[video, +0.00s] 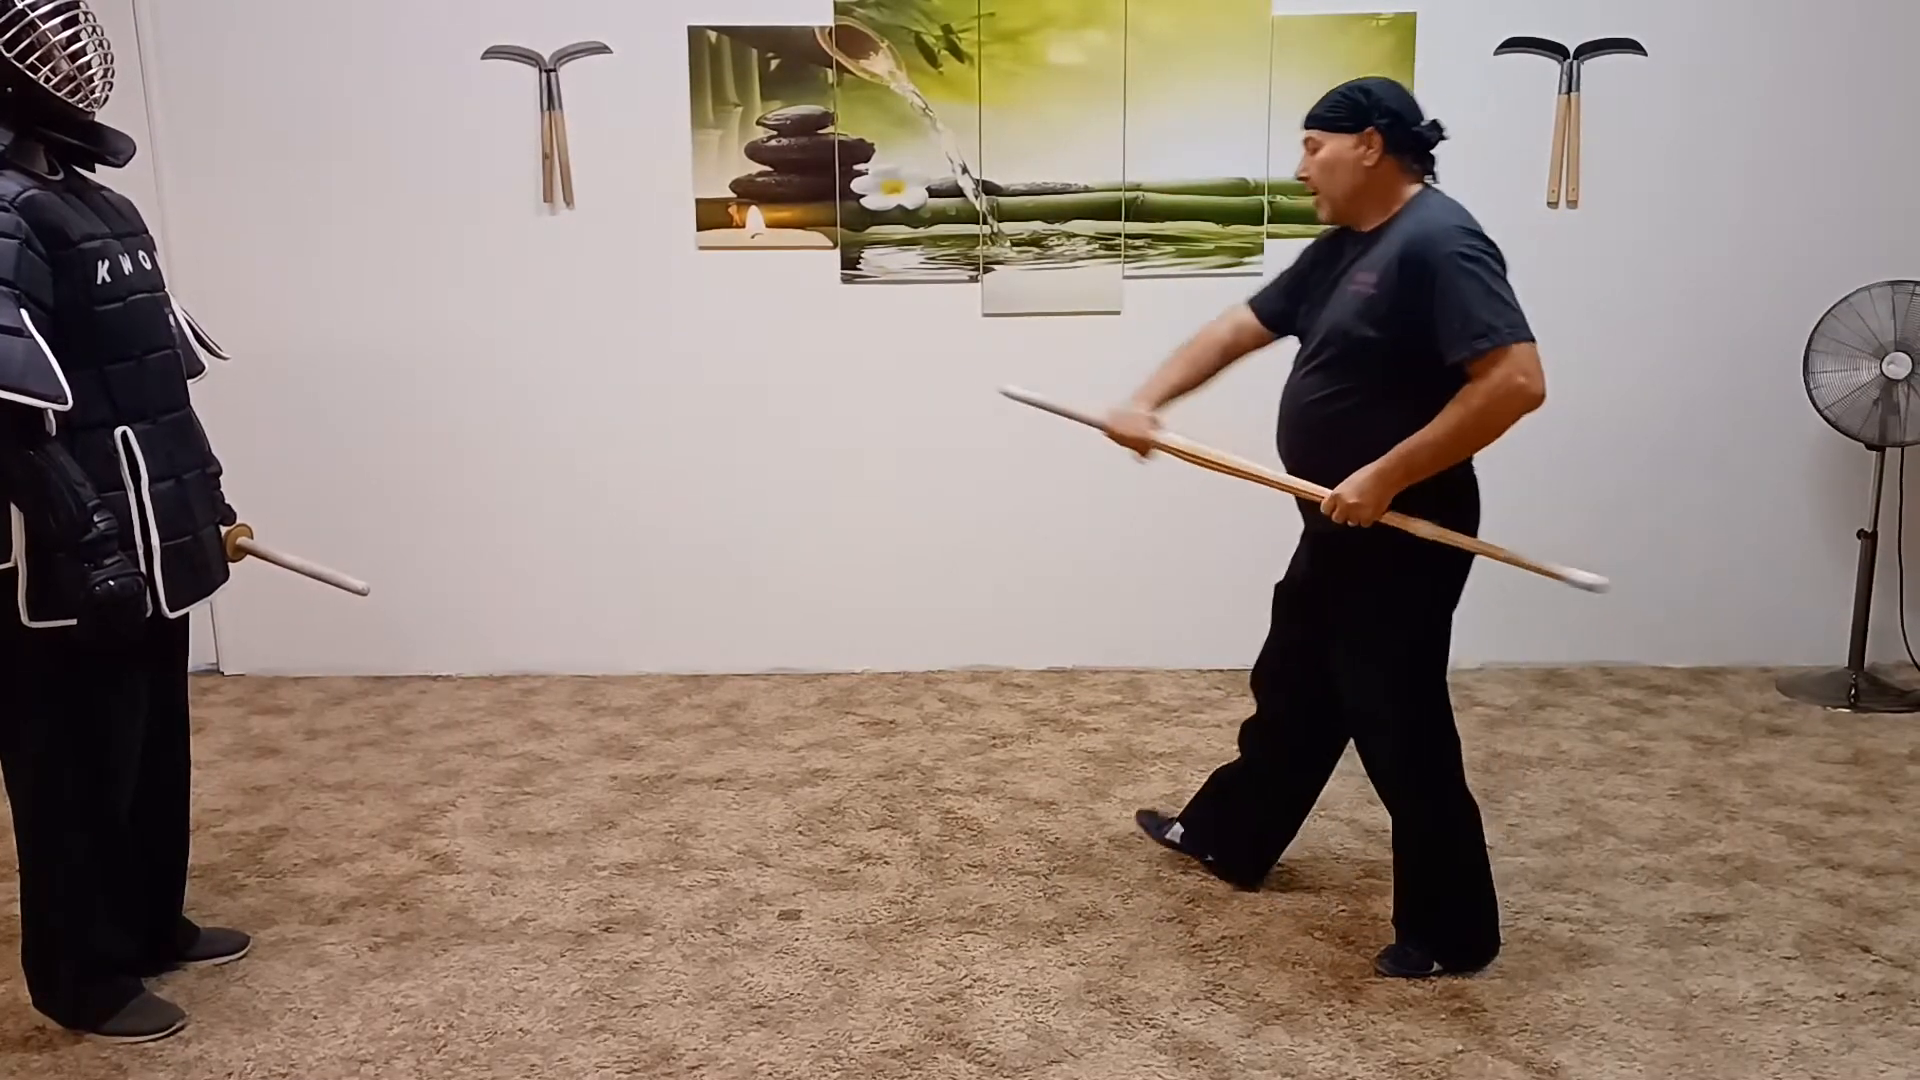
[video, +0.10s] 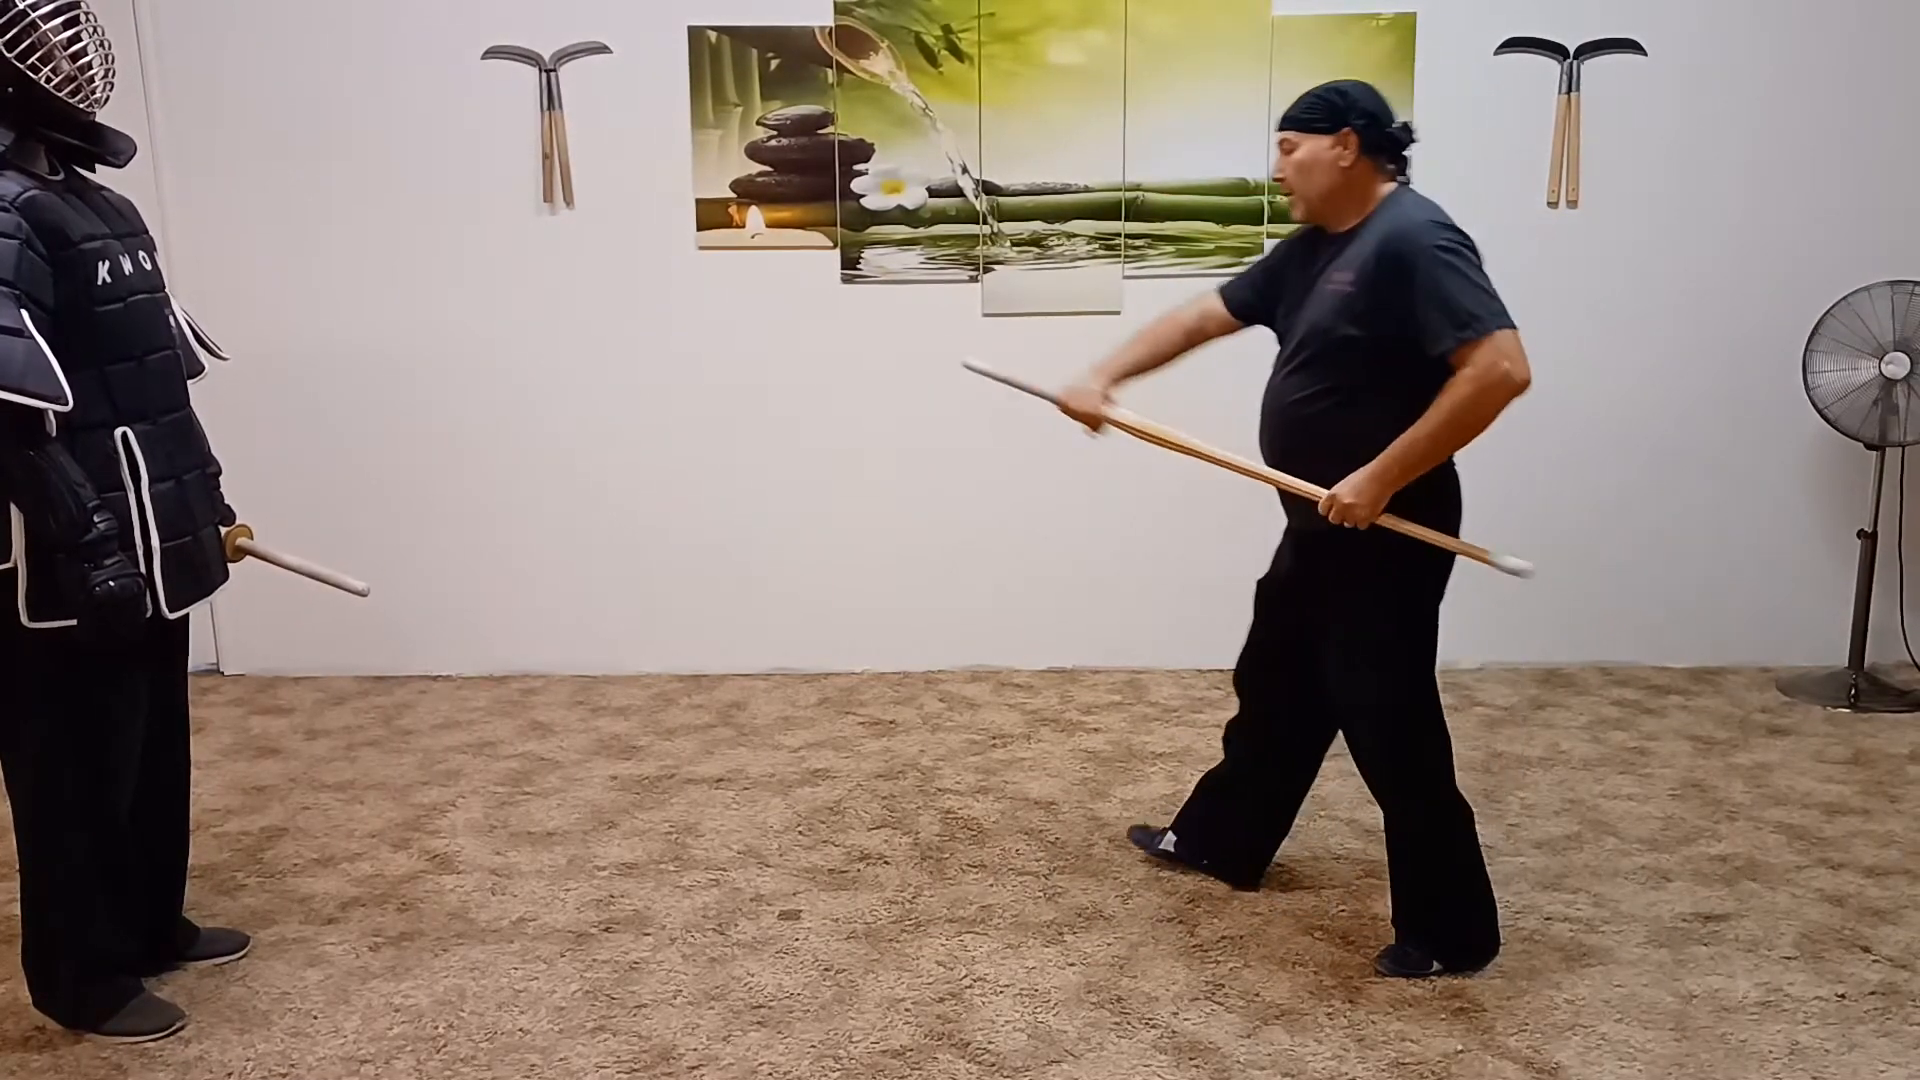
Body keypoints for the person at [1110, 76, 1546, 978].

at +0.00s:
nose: (1302, 164)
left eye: (1316, 145)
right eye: (1303, 147)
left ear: (1373, 146)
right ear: (1358, 151)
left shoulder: (1441, 241)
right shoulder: (1339, 247)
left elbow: (1515, 379)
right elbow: (1240, 328)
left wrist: (1387, 474)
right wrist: (1146, 399)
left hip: (1409, 530)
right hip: (1337, 519)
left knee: (1404, 725)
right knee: (1296, 689)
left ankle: (1452, 931)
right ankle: (1231, 837)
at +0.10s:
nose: (1276, 165)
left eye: (1290, 146)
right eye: (1276, 149)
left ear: (1348, 147)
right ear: (1329, 154)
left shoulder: (1416, 237)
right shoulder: (1310, 247)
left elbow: (1500, 367)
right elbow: (1204, 317)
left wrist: (1380, 477)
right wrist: (1100, 376)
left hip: (1391, 526)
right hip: (1318, 517)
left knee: (1393, 727)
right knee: (1277, 689)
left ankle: (1452, 933)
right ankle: (1223, 845)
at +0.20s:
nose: (1248, 162)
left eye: (1263, 143)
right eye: (1249, 147)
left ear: (1322, 146)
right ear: (1298, 154)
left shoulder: (1390, 233)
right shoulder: (1283, 245)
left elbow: (1482, 352)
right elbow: (1170, 304)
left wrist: (1384, 476)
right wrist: (1064, 352)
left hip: (1372, 525)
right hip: (1300, 517)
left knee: (1392, 732)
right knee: (1261, 690)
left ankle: (1453, 931)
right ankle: (1216, 845)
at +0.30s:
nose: (1224, 164)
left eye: (1238, 147)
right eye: (1223, 152)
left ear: (1296, 147)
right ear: (1271, 158)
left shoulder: (1366, 230)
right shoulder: (1255, 245)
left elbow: (1463, 343)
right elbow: (1142, 291)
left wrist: (1386, 479)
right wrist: (1030, 334)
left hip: (1359, 528)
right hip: (1283, 520)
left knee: (1395, 733)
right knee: (1247, 686)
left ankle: (1455, 929)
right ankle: (1213, 846)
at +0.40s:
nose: (1203, 176)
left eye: (1216, 158)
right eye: (1200, 164)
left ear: (1273, 154)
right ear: (1250, 164)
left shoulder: (1343, 232)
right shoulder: (1231, 251)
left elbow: (1449, 335)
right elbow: (1123, 287)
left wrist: (1391, 478)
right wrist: (1012, 322)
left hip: (1350, 525)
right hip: (1272, 521)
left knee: (1392, 728)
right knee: (1229, 674)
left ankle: (1456, 929)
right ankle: (1209, 845)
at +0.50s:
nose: (1187, 188)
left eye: (1198, 168)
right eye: (1183, 174)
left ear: (1254, 159)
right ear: (1230, 170)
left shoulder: (1327, 232)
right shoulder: (1212, 257)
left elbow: (1438, 334)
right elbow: (1107, 283)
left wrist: (1413, 484)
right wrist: (998, 315)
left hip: (1346, 531)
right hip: (1262, 527)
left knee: (1393, 731)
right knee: (1216, 667)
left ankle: (1457, 929)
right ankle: (1204, 845)